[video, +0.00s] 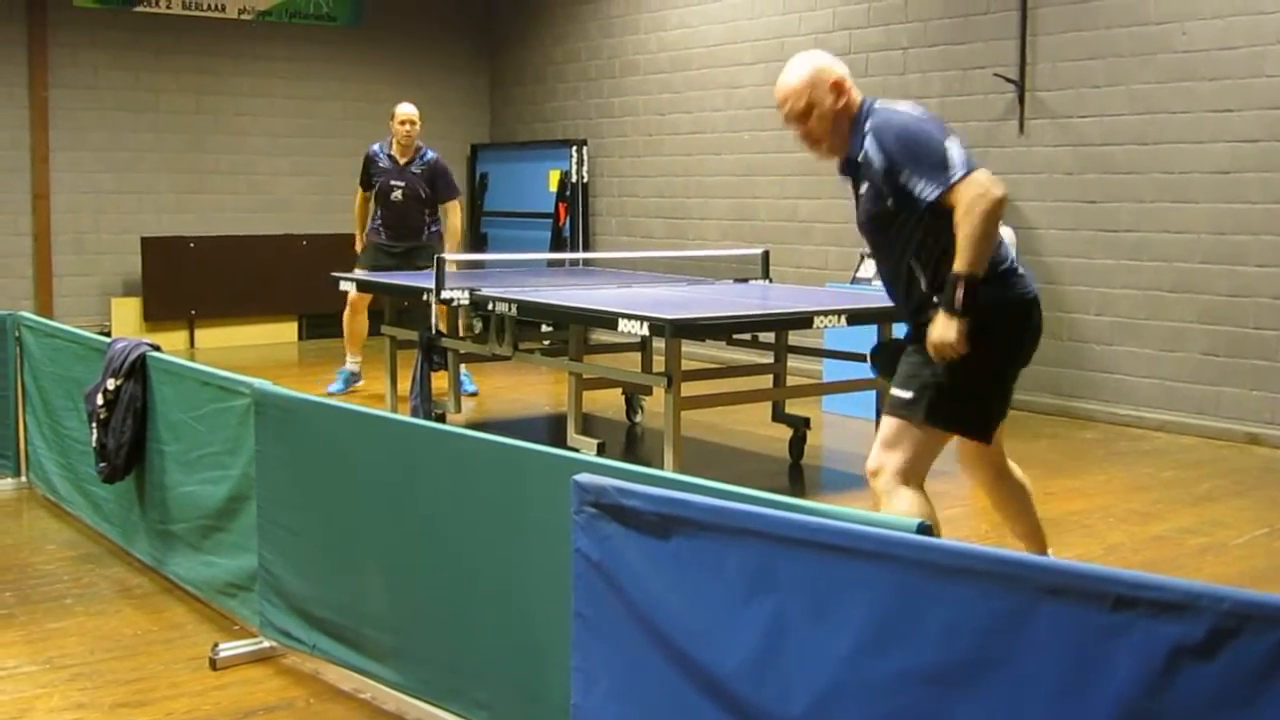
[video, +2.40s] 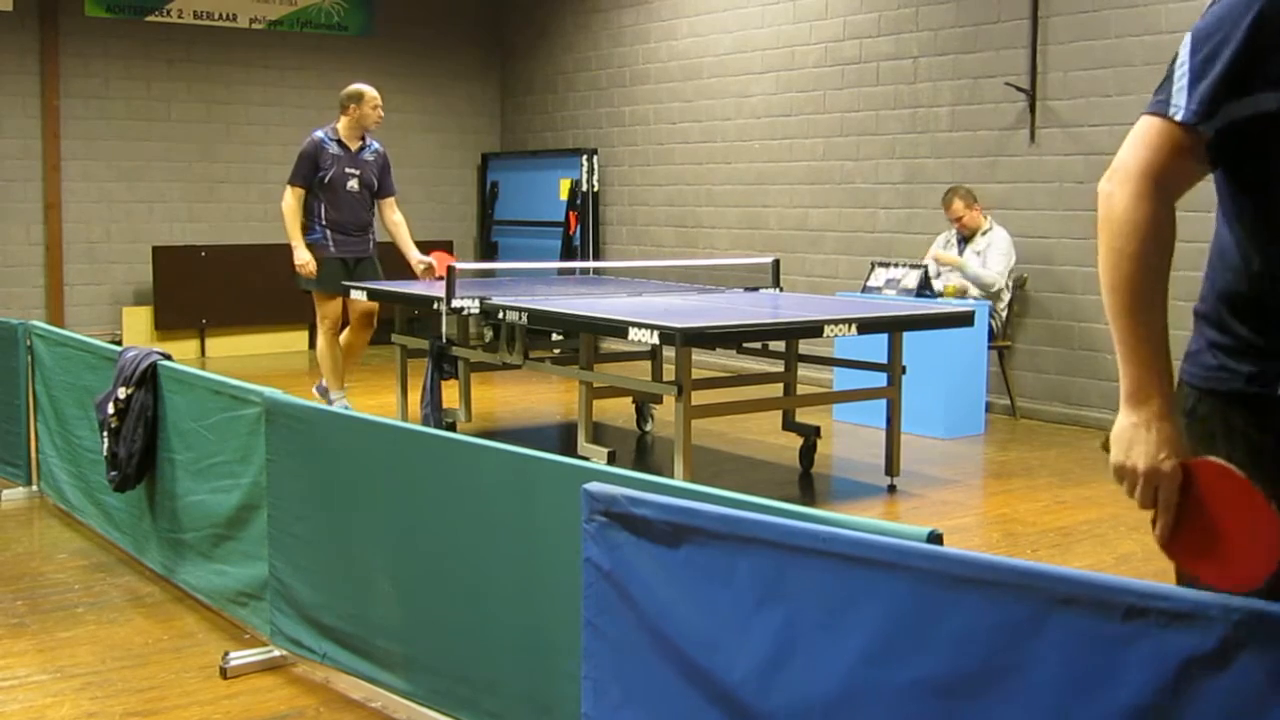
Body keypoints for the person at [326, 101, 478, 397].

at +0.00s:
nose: (408, 129)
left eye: (413, 123)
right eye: (402, 123)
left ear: (420, 128)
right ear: (391, 126)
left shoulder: (432, 163)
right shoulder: (375, 156)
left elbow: (453, 209)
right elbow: (364, 196)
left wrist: (452, 256)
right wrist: (359, 236)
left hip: (423, 246)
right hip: (380, 244)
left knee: (445, 301)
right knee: (355, 299)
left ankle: (455, 367)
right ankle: (352, 368)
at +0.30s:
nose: (364, 120)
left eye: (369, 115)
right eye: (358, 116)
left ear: (378, 119)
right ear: (350, 123)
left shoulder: (395, 159)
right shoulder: (341, 158)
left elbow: (414, 209)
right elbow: (325, 202)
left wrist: (413, 256)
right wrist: (311, 243)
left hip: (394, 247)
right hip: (355, 246)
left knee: (422, 305)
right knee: (346, 305)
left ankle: (452, 369)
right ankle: (360, 376)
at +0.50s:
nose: (350, 112)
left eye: (354, 106)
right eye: (343, 108)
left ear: (363, 111)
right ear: (336, 116)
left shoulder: (382, 152)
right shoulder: (327, 152)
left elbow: (400, 200)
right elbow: (310, 196)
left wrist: (385, 226)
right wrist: (299, 235)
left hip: (380, 235)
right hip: (342, 238)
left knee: (390, 300)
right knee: (345, 304)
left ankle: (411, 370)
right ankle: (361, 376)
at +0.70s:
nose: (343, 109)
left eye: (348, 103)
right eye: (337, 105)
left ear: (358, 110)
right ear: (329, 114)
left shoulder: (376, 151)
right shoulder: (320, 152)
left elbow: (399, 197)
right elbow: (304, 199)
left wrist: (381, 218)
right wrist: (299, 240)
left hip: (371, 239)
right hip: (335, 242)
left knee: (366, 301)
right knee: (344, 306)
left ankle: (365, 377)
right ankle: (357, 374)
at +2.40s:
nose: (381, 114)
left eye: (381, 108)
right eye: (375, 108)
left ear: (359, 111)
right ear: (352, 110)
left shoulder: (376, 153)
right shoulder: (318, 145)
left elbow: (391, 210)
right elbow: (291, 198)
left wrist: (414, 256)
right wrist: (298, 247)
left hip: (362, 251)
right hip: (325, 250)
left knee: (366, 318)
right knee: (329, 322)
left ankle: (329, 384)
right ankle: (338, 399)